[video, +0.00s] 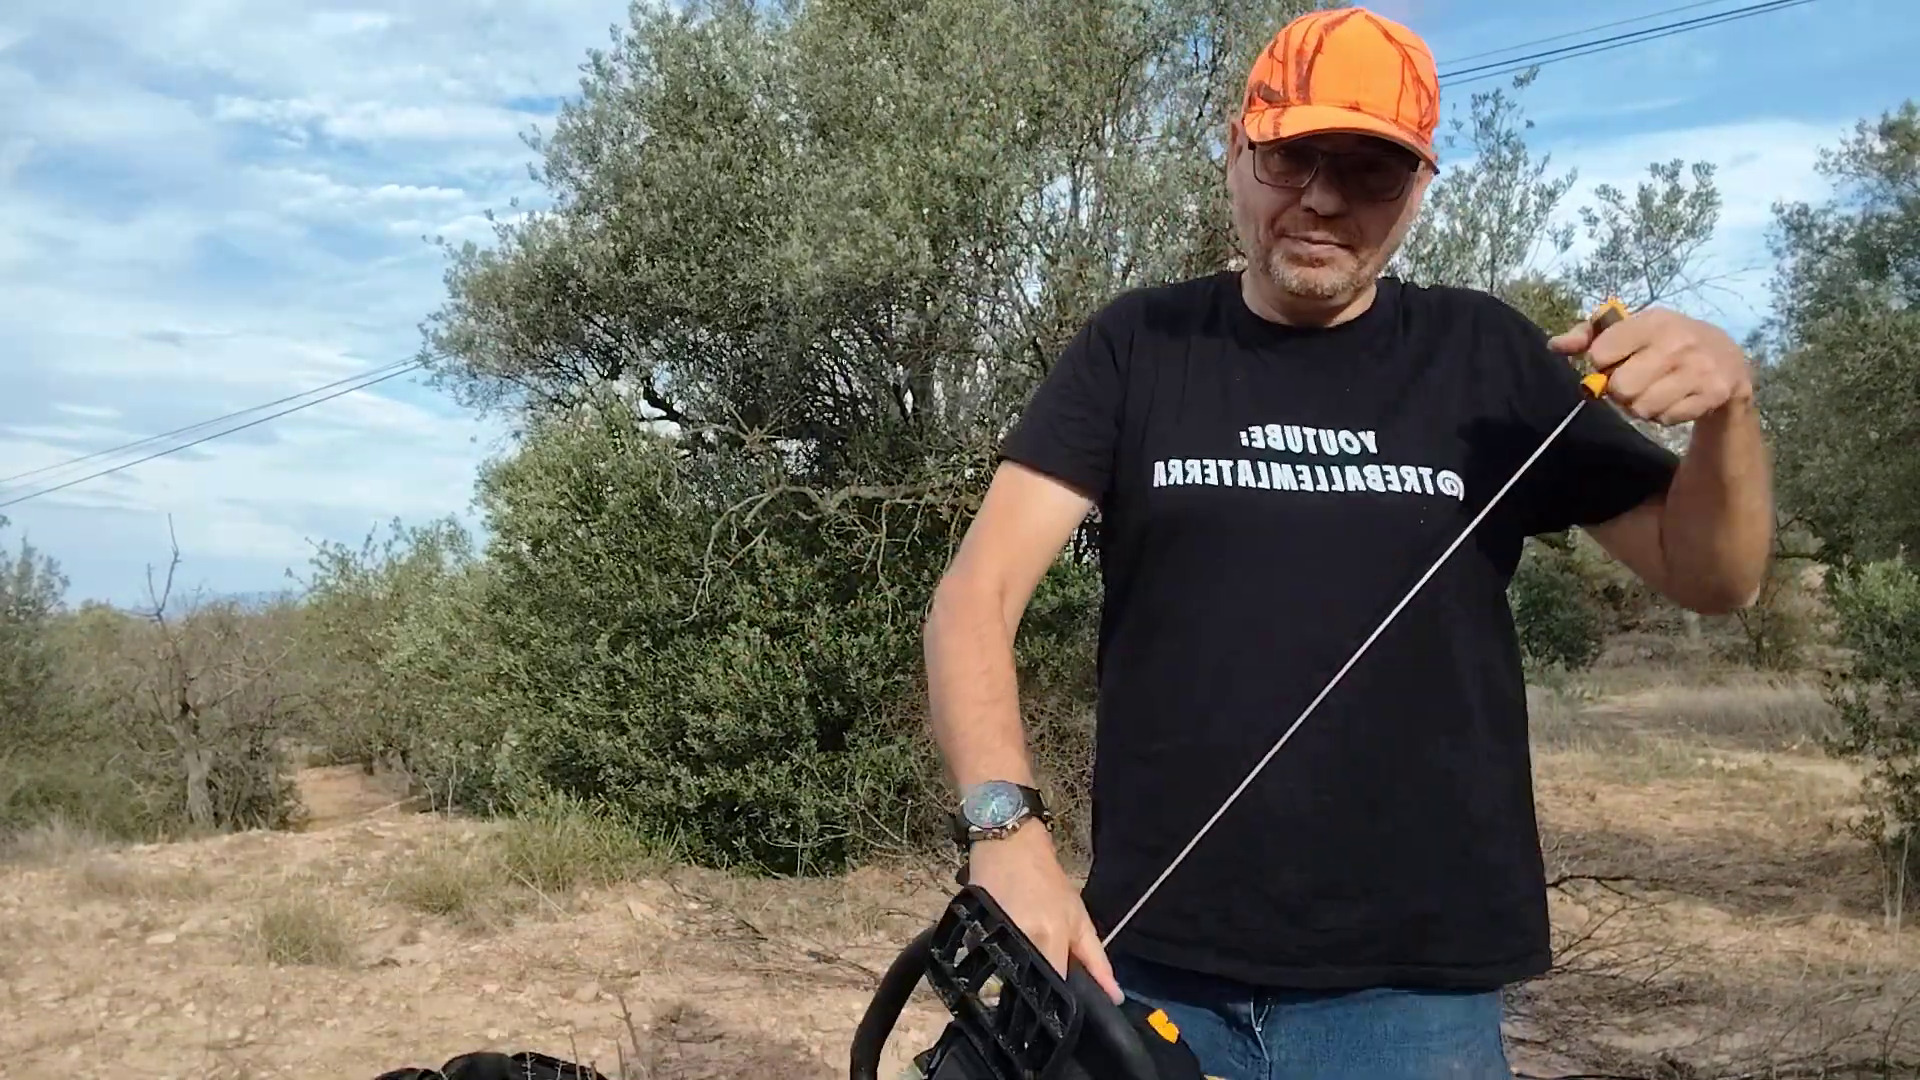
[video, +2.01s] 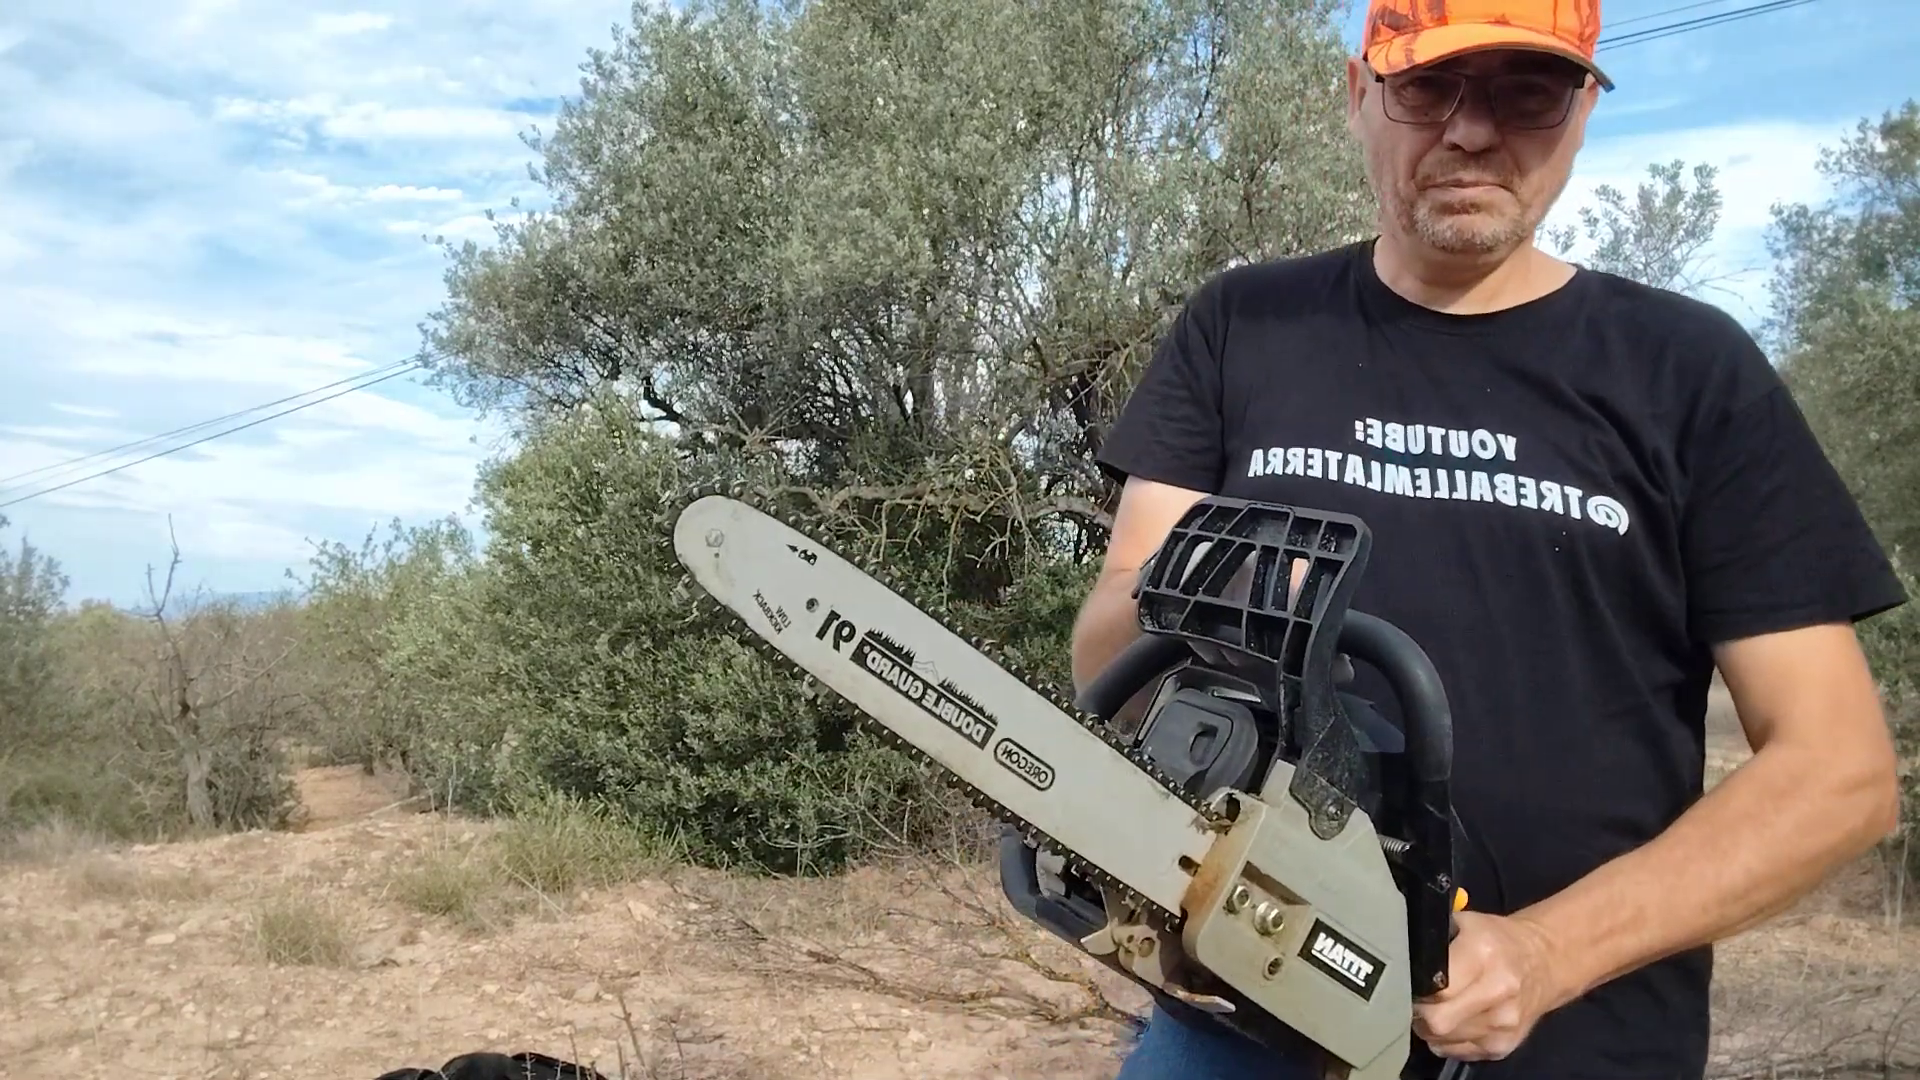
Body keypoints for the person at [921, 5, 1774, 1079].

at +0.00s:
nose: (1326, 199)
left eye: (1371, 169)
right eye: (1297, 158)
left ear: (1420, 188)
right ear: (1237, 157)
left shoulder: (1485, 353)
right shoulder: (1136, 347)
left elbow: (1709, 577)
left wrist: (1728, 399)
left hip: (1414, 998)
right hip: (1147, 985)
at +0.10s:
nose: (1331, 206)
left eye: (1376, 175)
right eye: (1303, 164)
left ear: (1424, 193)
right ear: (1242, 156)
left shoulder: (1485, 362)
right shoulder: (1136, 349)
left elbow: (1688, 627)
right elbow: (985, 616)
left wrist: (1635, 469)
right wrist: (1014, 842)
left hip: (1428, 1010)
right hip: (1158, 999)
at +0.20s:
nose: (1334, 207)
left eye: (1379, 175)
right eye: (1303, 163)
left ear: (1429, 193)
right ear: (1244, 160)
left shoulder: (1483, 367)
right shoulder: (1139, 345)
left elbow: (1638, 667)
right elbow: (987, 607)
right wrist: (1006, 833)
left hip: (1425, 1014)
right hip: (1159, 1000)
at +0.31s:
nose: (1337, 203)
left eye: (1383, 172)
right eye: (1305, 160)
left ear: (1432, 194)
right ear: (1243, 158)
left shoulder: (1484, 372)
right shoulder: (1141, 341)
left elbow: (1584, 680)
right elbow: (987, 606)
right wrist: (1013, 802)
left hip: (1418, 1016)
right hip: (1150, 996)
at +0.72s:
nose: (1300, 187)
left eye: (1346, 159)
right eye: (1270, 146)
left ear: (1398, 187)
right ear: (1215, 150)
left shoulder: (1456, 389)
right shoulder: (1104, 334)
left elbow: (1540, 712)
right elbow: (926, 573)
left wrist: (1319, 874)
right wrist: (1012, 637)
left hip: (1356, 1011)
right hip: (1088, 997)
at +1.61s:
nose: (1341, 171)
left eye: (1387, 135)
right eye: (1303, 128)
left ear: (1439, 156)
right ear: (1238, 138)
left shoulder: (1534, 390)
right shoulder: (1121, 344)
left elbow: (1667, 750)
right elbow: (969, 667)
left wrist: (1407, 924)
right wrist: (1065, 586)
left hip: (1448, 1047)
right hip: (1132, 1021)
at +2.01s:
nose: (1472, 131)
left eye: (1527, 92)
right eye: (1431, 84)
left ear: (1580, 117)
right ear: (1360, 97)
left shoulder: (1689, 368)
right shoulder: (1238, 327)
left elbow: (1840, 768)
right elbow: (1104, 656)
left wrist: (1540, 955)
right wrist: (1200, 584)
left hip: (1582, 1049)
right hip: (1239, 1014)